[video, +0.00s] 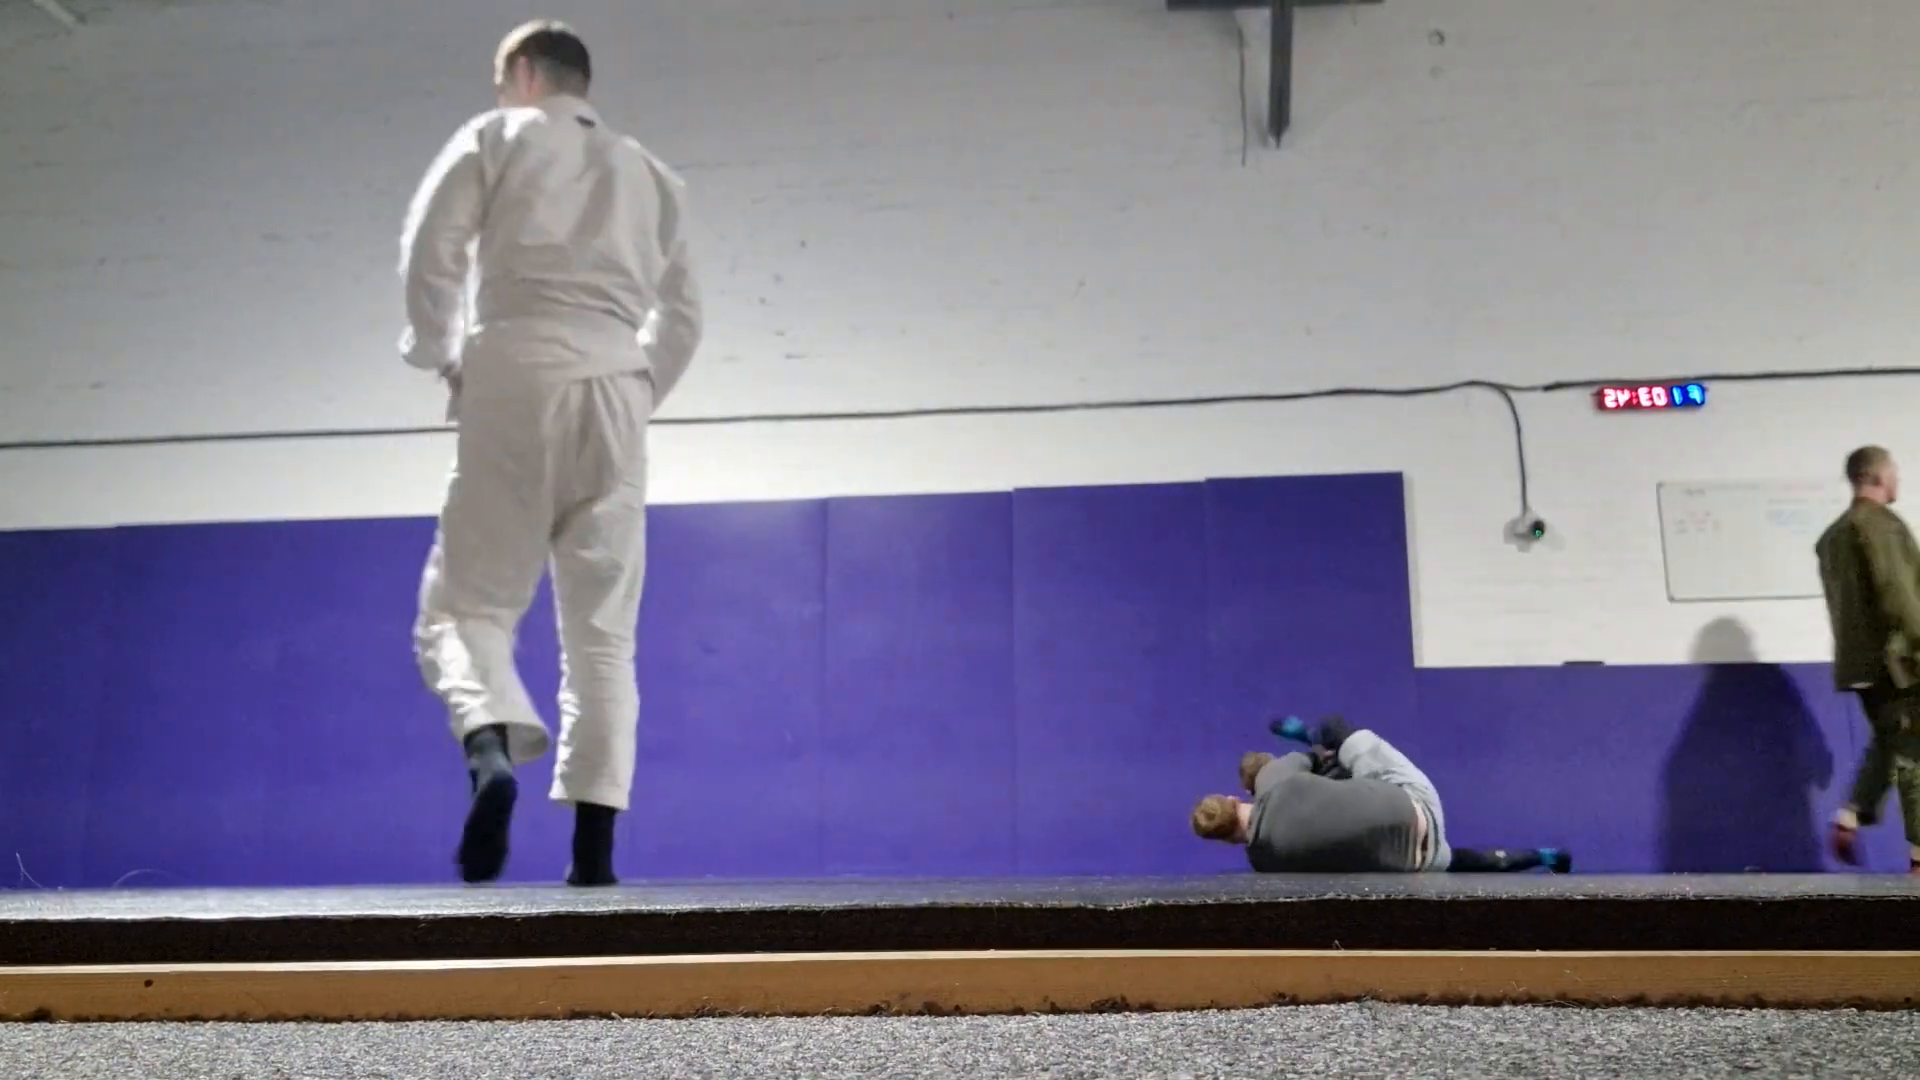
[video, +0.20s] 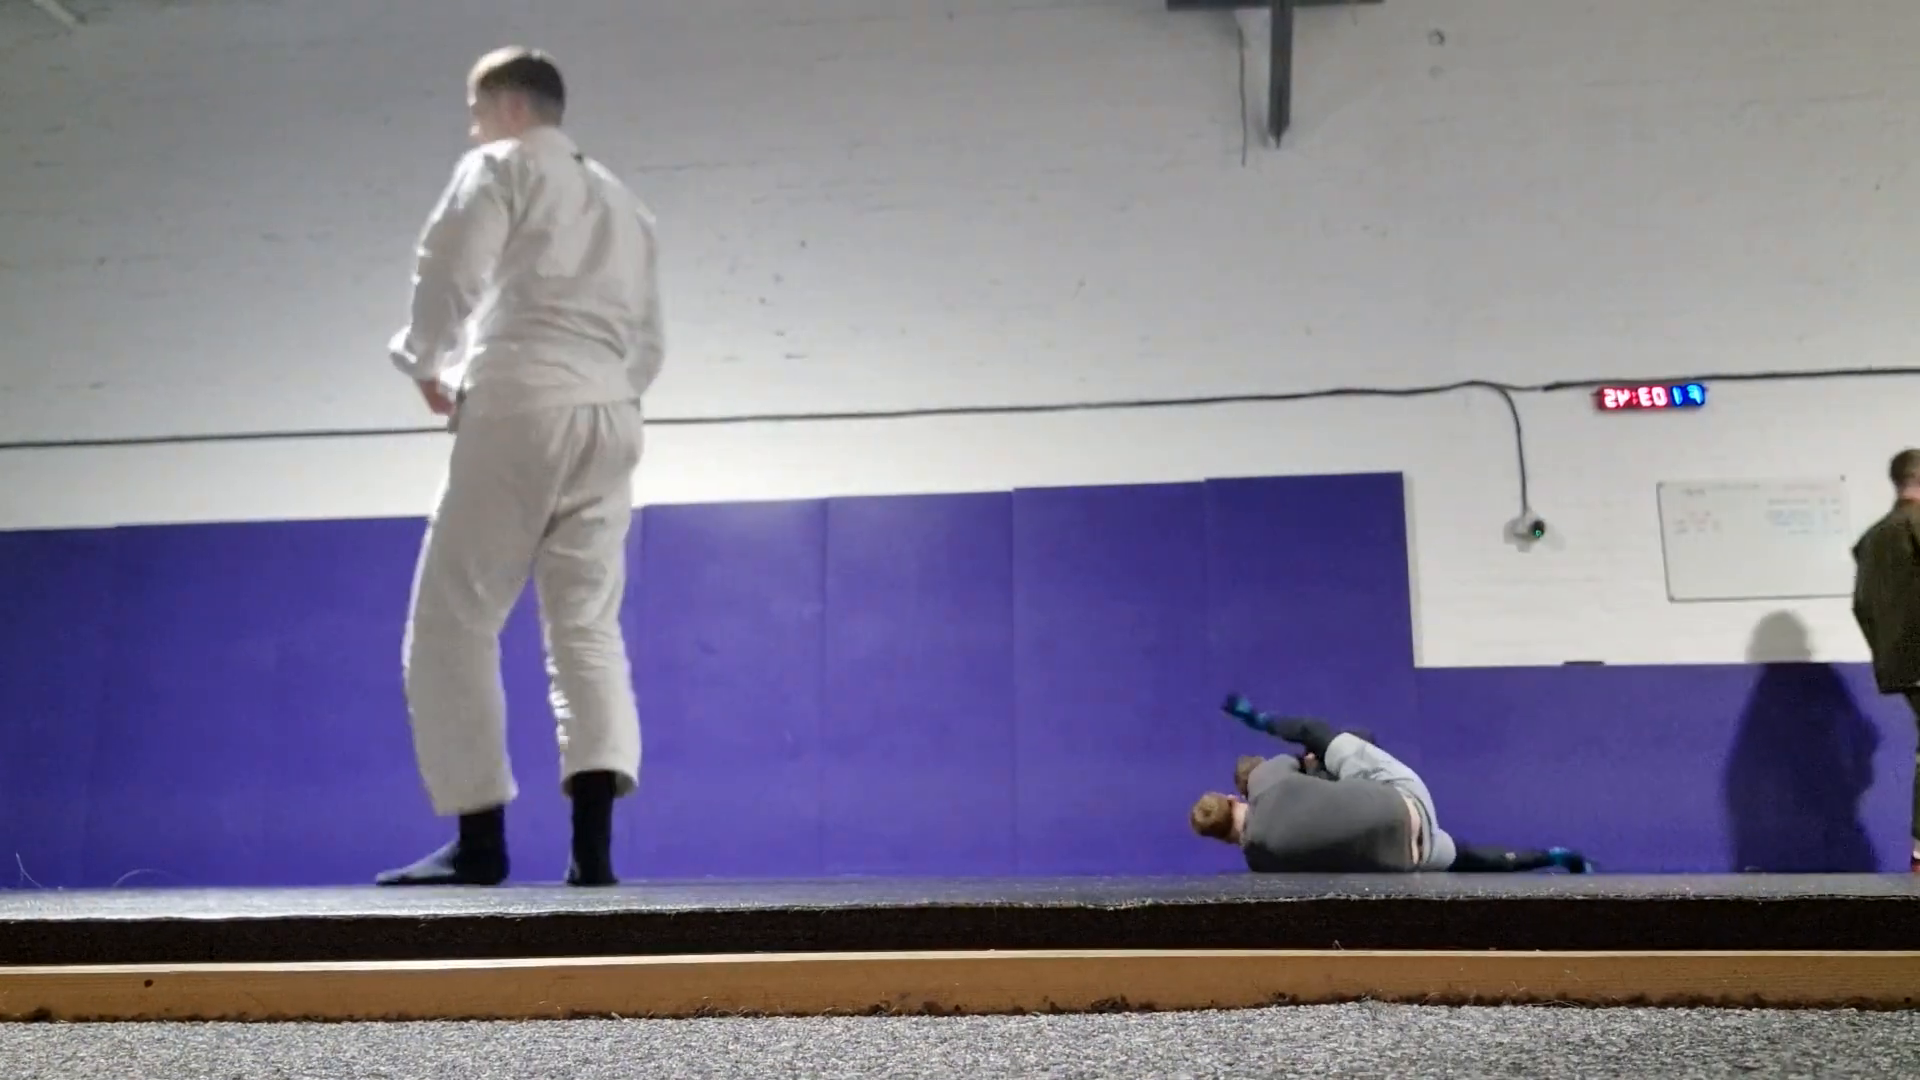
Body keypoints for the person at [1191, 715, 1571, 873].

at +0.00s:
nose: (1257, 769)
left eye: (1221, 829)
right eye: (1250, 775)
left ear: (1226, 840)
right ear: (1242, 792)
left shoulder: (1265, 863)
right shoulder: (1273, 779)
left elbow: (1323, 861)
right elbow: (1317, 758)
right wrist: (1322, 755)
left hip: (1418, 861)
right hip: (1419, 809)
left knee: (1451, 858)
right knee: (1355, 738)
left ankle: (1533, 859)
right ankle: (1314, 734)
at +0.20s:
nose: (1244, 772)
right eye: (1240, 778)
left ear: (1223, 839)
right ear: (1238, 793)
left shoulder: (1262, 862)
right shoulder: (1268, 783)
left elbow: (1325, 852)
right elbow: (1311, 752)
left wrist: (1318, 781)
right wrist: (1316, 768)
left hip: (1414, 855)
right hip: (1405, 799)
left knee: (1471, 857)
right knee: (1326, 740)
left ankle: (1549, 858)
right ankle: (1262, 716)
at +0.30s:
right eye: (1233, 787)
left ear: (1220, 842)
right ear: (1232, 796)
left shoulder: (1261, 863)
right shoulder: (1269, 789)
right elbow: (1303, 751)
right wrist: (1276, 760)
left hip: (1412, 855)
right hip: (1400, 804)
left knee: (1472, 854)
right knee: (1312, 733)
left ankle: (1552, 855)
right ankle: (1265, 754)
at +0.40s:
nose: (1250, 772)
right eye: (1244, 778)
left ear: (1219, 841)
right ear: (1232, 794)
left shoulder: (1260, 864)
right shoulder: (1265, 782)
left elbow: (1323, 864)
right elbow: (1305, 753)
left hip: (1410, 857)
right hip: (1398, 801)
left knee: (1471, 856)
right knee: (1311, 731)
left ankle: (1550, 854)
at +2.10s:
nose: (1230, 793)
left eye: (1225, 793)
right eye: (1227, 793)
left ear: (1216, 840)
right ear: (1230, 797)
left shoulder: (1258, 864)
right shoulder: (1274, 782)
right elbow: (1321, 758)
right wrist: (1265, 775)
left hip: (1423, 863)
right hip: (1416, 808)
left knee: (1458, 856)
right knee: (1324, 727)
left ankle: (1514, 866)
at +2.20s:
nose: (1232, 795)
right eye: (1228, 795)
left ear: (1217, 841)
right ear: (1231, 798)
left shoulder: (1258, 864)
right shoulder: (1271, 781)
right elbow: (1317, 757)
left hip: (1422, 865)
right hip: (1415, 810)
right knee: (1342, 740)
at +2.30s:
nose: (1227, 795)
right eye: (1225, 797)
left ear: (1217, 841)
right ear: (1227, 798)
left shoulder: (1258, 865)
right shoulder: (1269, 785)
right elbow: (1317, 758)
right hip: (1386, 806)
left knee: (1458, 863)